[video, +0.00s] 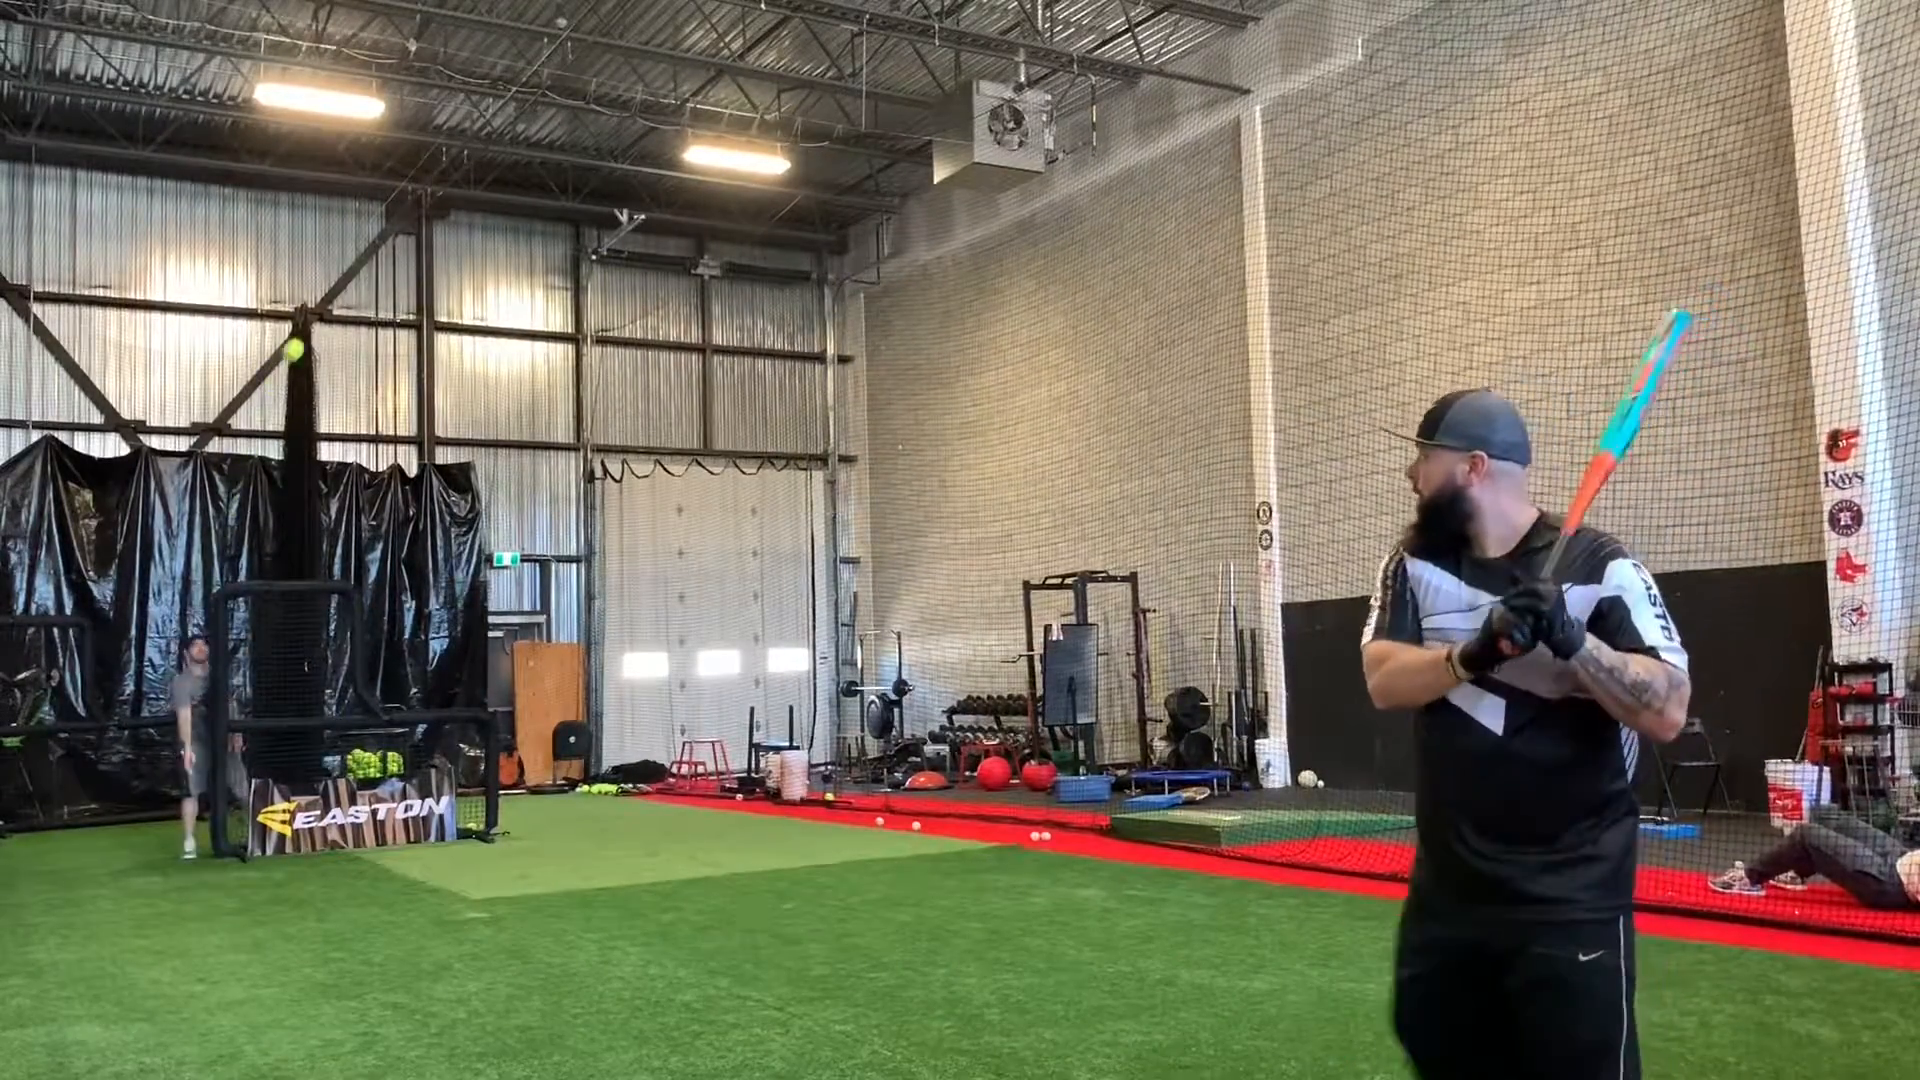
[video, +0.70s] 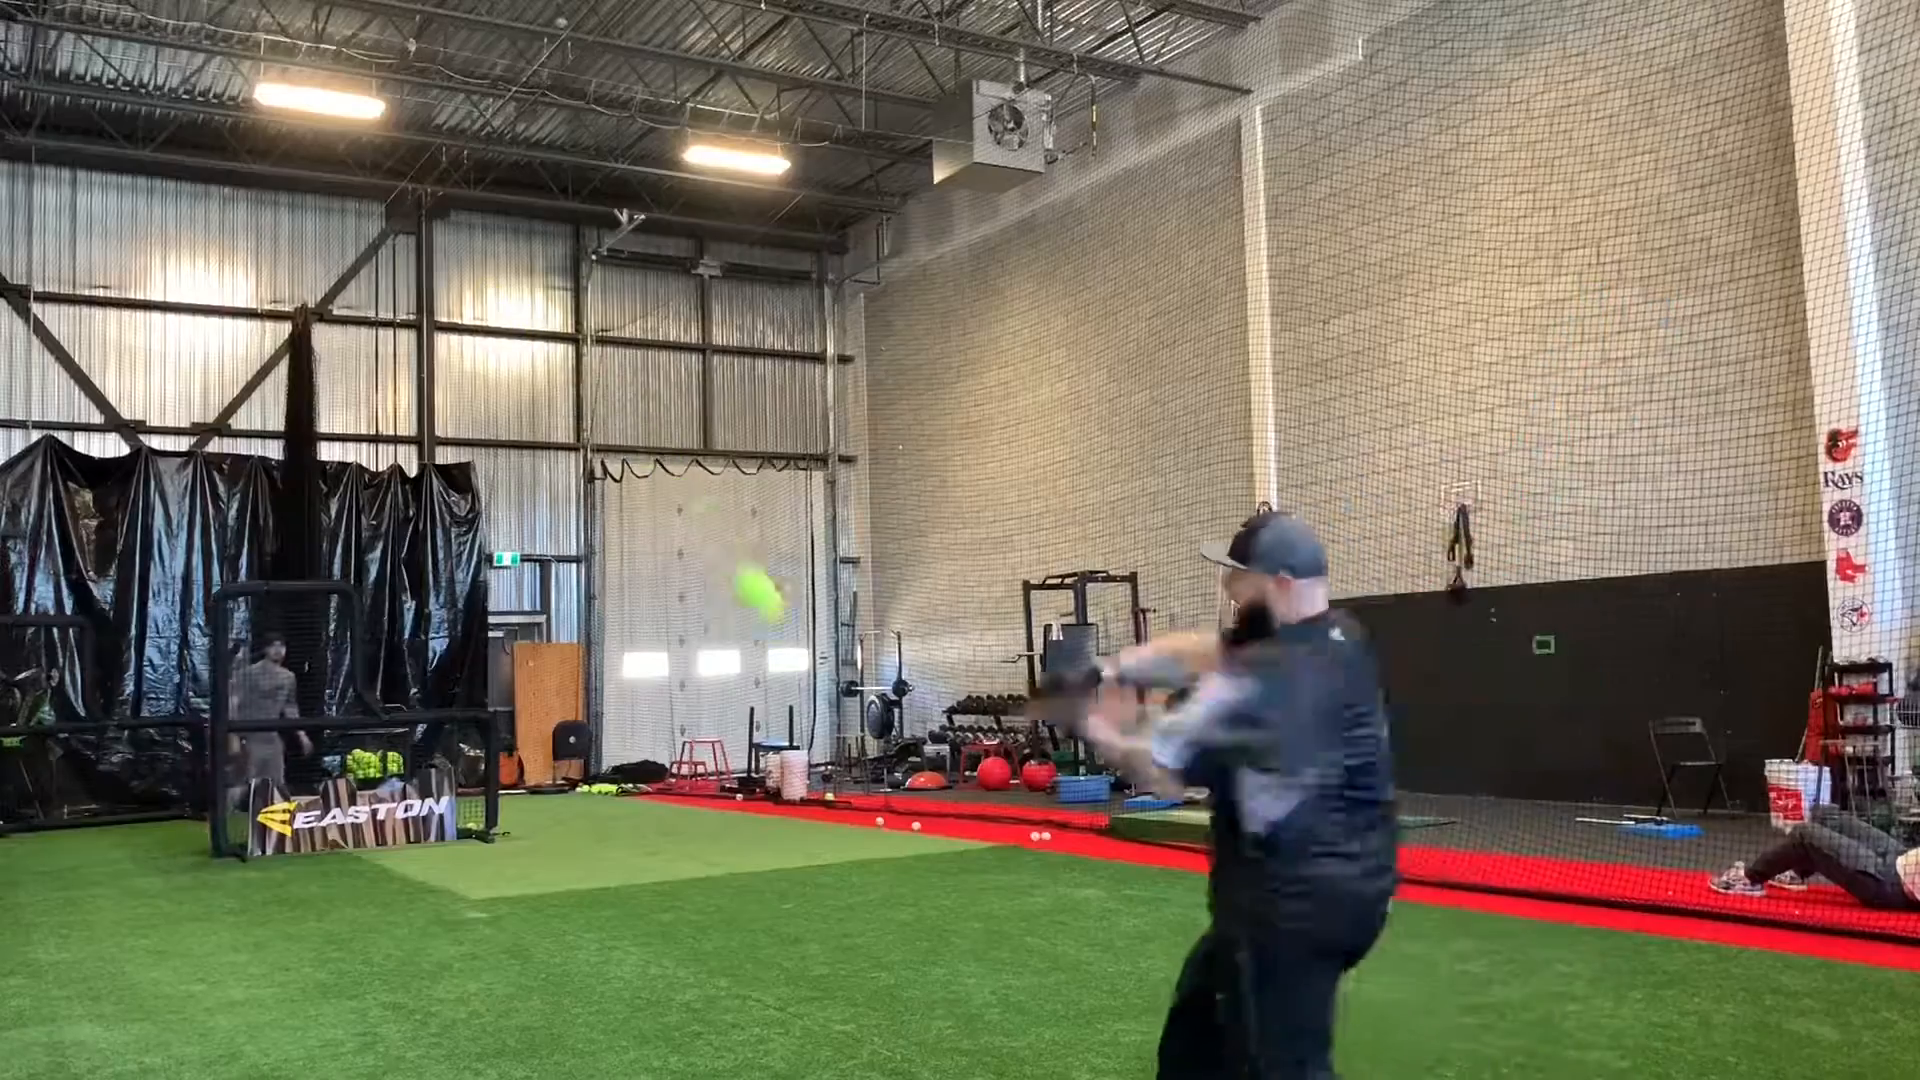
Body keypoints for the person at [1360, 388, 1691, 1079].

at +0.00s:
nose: (1411, 475)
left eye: (1425, 458)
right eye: (1416, 458)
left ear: (1476, 465)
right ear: (1473, 467)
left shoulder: (1602, 567)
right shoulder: (1415, 566)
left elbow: (1667, 713)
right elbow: (1382, 682)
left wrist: (1575, 642)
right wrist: (1475, 653)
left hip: (1570, 901)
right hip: (1450, 890)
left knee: (1579, 1064)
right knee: (1440, 1050)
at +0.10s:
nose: (1394, 490)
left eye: (1406, 473)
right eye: (1399, 474)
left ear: (1456, 482)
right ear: (1454, 483)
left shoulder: (1590, 583)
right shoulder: (1398, 580)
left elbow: (1663, 722)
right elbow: (1381, 699)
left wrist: (1580, 678)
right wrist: (1478, 689)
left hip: (1558, 874)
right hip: (1431, 859)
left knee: (1583, 1062)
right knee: (1362, 998)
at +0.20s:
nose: (1372, 506)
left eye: (1383, 489)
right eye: (1375, 490)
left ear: (1431, 503)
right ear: (1428, 505)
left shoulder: (1566, 599)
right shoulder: (1373, 599)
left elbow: (1648, 733)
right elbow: (1369, 717)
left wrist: (1572, 708)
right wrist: (1465, 725)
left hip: (1532, 864)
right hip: (1406, 847)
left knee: (1558, 1058)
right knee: (1303, 946)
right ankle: (1343, 1070)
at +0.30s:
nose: (1340, 522)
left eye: (1351, 508)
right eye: (1343, 508)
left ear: (1398, 523)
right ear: (1395, 524)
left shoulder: (1528, 611)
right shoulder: (1340, 614)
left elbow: (1617, 738)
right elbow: (1346, 730)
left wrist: (1549, 723)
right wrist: (1448, 745)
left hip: (1505, 863)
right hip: (1379, 848)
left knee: (1536, 1056)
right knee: (1260, 926)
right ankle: (1273, 1070)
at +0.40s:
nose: (1299, 538)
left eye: (1311, 524)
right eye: (1303, 525)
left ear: (1356, 538)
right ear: (1352, 540)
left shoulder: (1478, 616)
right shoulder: (1302, 619)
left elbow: (1579, 733)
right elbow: (1312, 716)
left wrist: (1519, 697)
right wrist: (1428, 712)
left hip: (1467, 868)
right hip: (1347, 857)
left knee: (1511, 1052)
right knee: (1224, 946)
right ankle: (1210, 1070)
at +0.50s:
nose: (1251, 558)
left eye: (1264, 547)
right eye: (1255, 546)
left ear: (1308, 558)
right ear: (1305, 558)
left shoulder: (1425, 634)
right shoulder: (1255, 622)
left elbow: (1534, 718)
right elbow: (1270, 674)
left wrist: (1480, 629)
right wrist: (1394, 628)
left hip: (1413, 887)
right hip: (1305, 879)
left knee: (1459, 1055)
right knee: (1211, 984)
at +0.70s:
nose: (1230, 587)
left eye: (1240, 575)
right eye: (1232, 574)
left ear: (1275, 585)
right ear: (1306, 580)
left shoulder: (1262, 672)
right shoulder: (1347, 646)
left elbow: (1164, 769)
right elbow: (1215, 651)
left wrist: (1103, 732)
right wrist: (1122, 667)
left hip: (1292, 903)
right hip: (1352, 892)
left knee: (1290, 1062)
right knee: (1203, 1004)